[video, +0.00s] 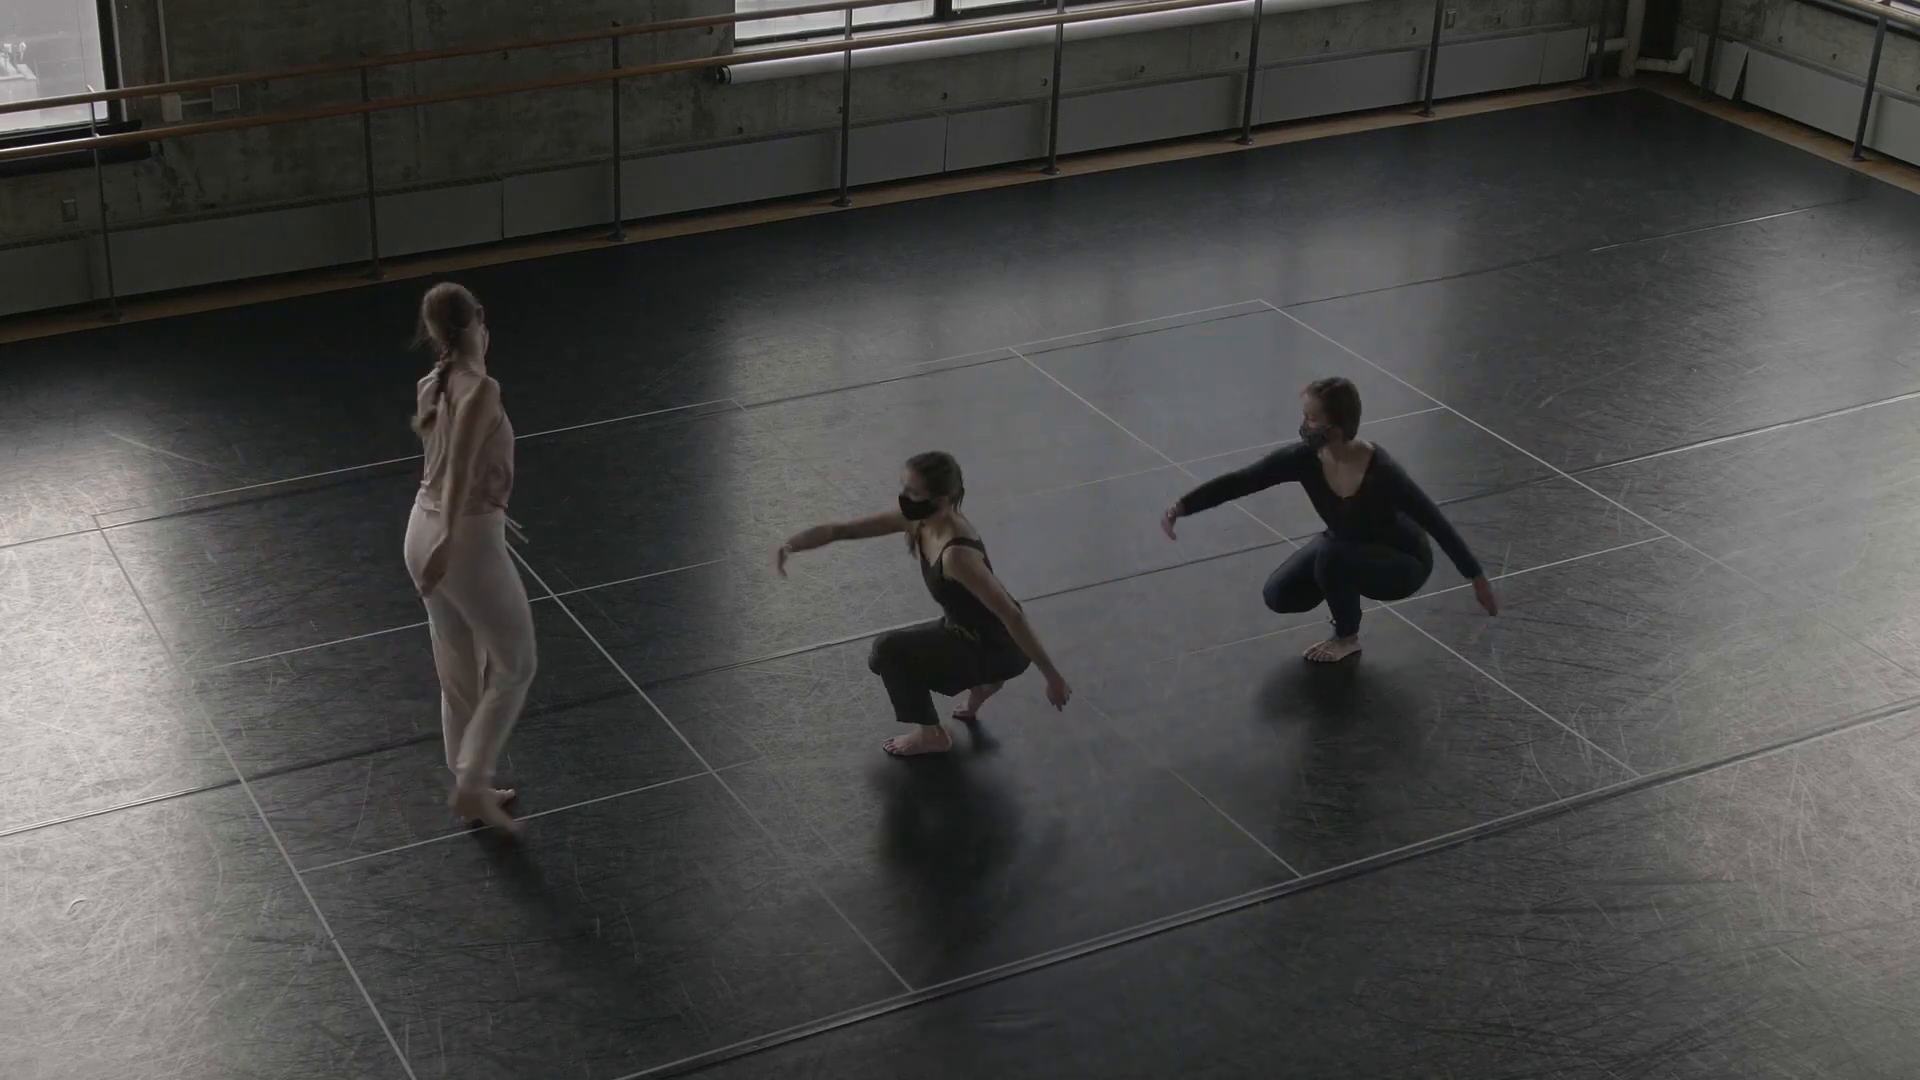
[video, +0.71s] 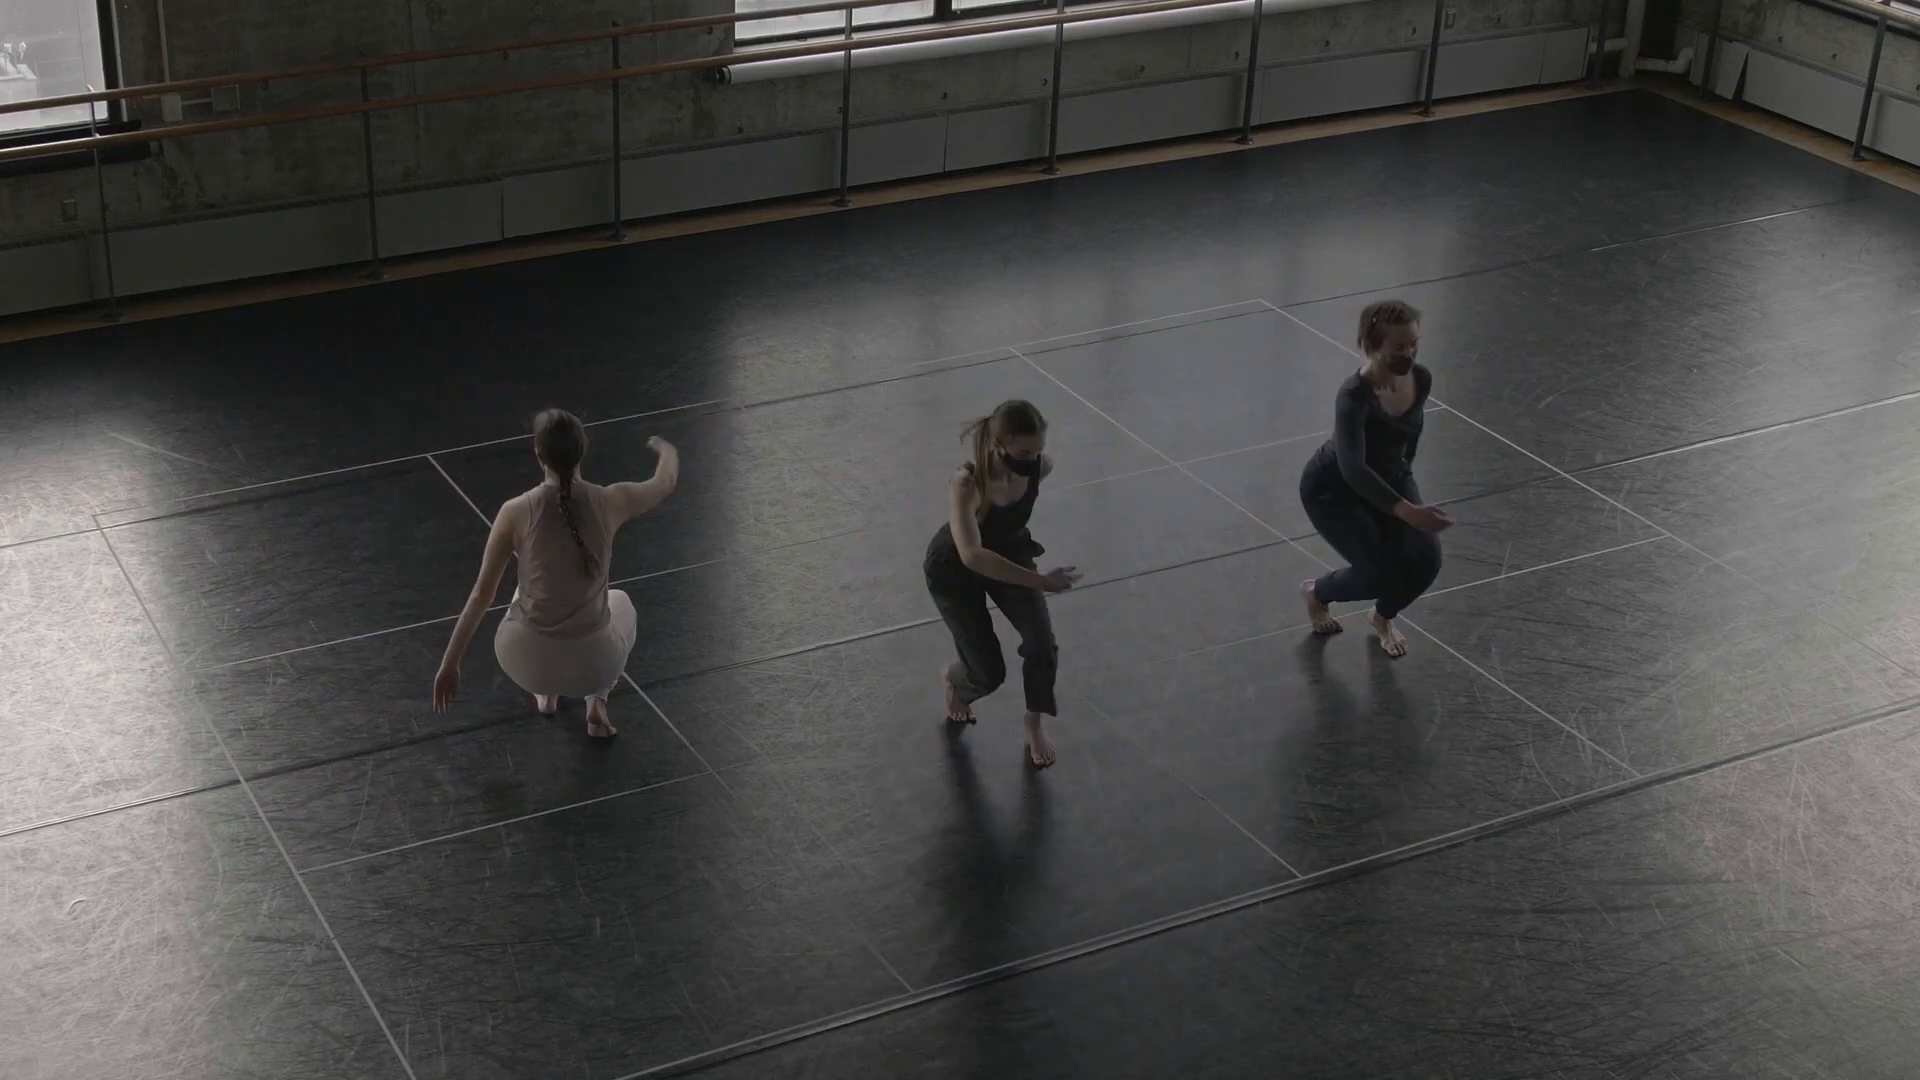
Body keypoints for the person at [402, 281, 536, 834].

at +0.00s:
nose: (485, 328)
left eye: (478, 321)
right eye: (482, 321)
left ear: (437, 332)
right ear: (477, 325)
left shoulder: (434, 383)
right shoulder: (476, 385)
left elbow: (443, 465)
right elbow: (458, 464)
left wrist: (491, 516)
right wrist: (448, 537)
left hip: (427, 531)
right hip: (470, 536)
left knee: (457, 670)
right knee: (517, 663)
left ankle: (465, 787)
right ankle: (473, 782)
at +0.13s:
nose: (511, 312)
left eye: (504, 305)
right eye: (509, 305)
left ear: (460, 316)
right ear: (506, 311)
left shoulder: (447, 374)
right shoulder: (516, 380)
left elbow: (442, 450)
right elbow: (517, 457)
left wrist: (447, 503)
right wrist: (517, 518)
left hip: (443, 525)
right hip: (500, 524)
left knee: (472, 665)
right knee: (551, 642)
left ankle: (475, 783)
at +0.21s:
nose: (523, 305)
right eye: (523, 298)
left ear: (476, 311)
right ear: (522, 304)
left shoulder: (456, 371)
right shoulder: (544, 376)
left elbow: (447, 451)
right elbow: (566, 440)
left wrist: (443, 513)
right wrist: (591, 494)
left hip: (463, 526)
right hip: (529, 528)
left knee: (495, 633)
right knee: (563, 626)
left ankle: (482, 750)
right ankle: (592, 731)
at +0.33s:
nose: (543, 319)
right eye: (542, 312)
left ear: (496, 325)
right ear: (544, 318)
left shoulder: (476, 389)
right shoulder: (572, 384)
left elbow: (463, 470)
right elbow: (638, 420)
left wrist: (452, 533)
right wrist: (705, 439)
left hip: (490, 533)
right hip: (559, 532)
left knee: (502, 605)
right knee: (585, 614)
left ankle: (516, 702)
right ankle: (591, 724)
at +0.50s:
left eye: (522, 370)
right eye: (560, 366)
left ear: (518, 379)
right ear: (564, 374)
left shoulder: (496, 441)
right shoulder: (593, 435)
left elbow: (474, 521)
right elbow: (676, 427)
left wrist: (458, 582)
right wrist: (750, 395)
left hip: (508, 593)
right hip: (576, 593)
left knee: (526, 590)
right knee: (609, 598)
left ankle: (544, 691)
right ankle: (596, 713)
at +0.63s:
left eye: (534, 421)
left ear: (532, 429)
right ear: (577, 424)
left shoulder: (509, 487)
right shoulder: (604, 478)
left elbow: (478, 568)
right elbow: (676, 461)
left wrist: (452, 630)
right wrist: (713, 424)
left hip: (522, 640)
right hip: (586, 640)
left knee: (523, 590)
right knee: (617, 597)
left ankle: (546, 689)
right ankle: (598, 709)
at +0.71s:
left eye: (537, 446)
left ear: (538, 455)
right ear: (582, 450)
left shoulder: (515, 512)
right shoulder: (610, 501)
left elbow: (482, 595)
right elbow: (664, 482)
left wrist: (450, 662)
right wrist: (667, 450)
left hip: (531, 665)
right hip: (593, 665)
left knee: (526, 594)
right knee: (620, 601)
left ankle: (546, 692)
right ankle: (598, 707)